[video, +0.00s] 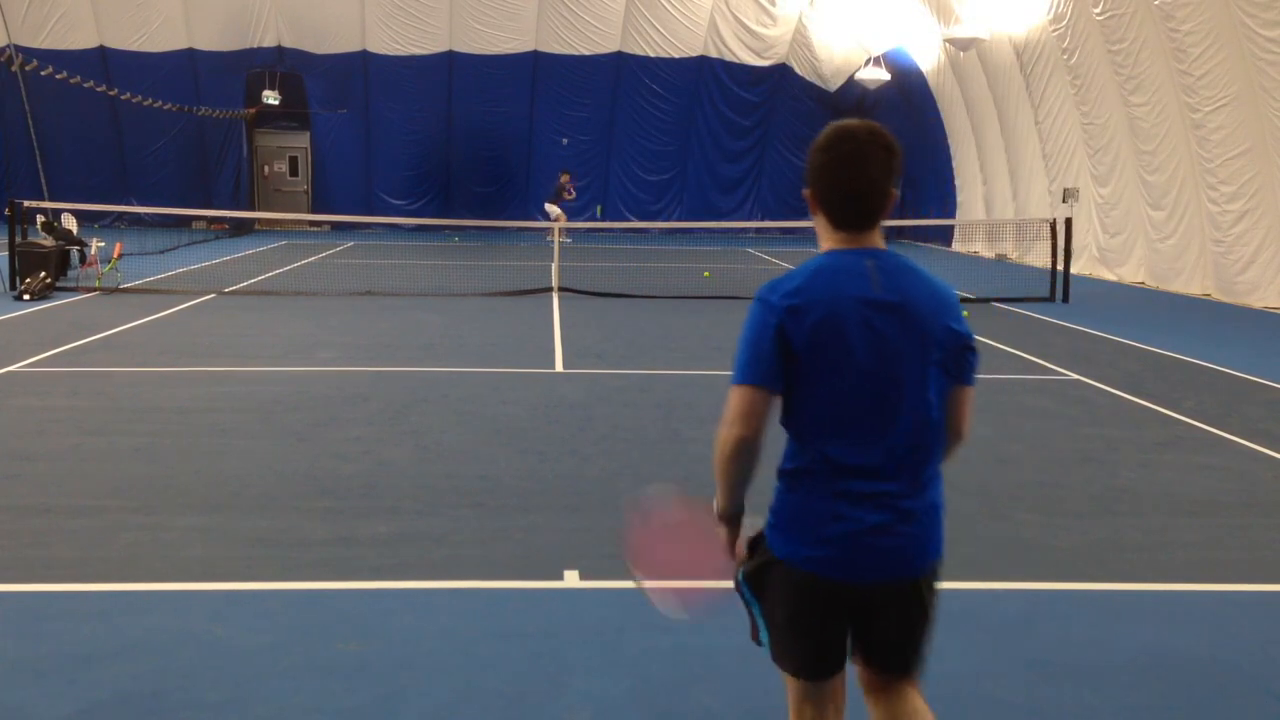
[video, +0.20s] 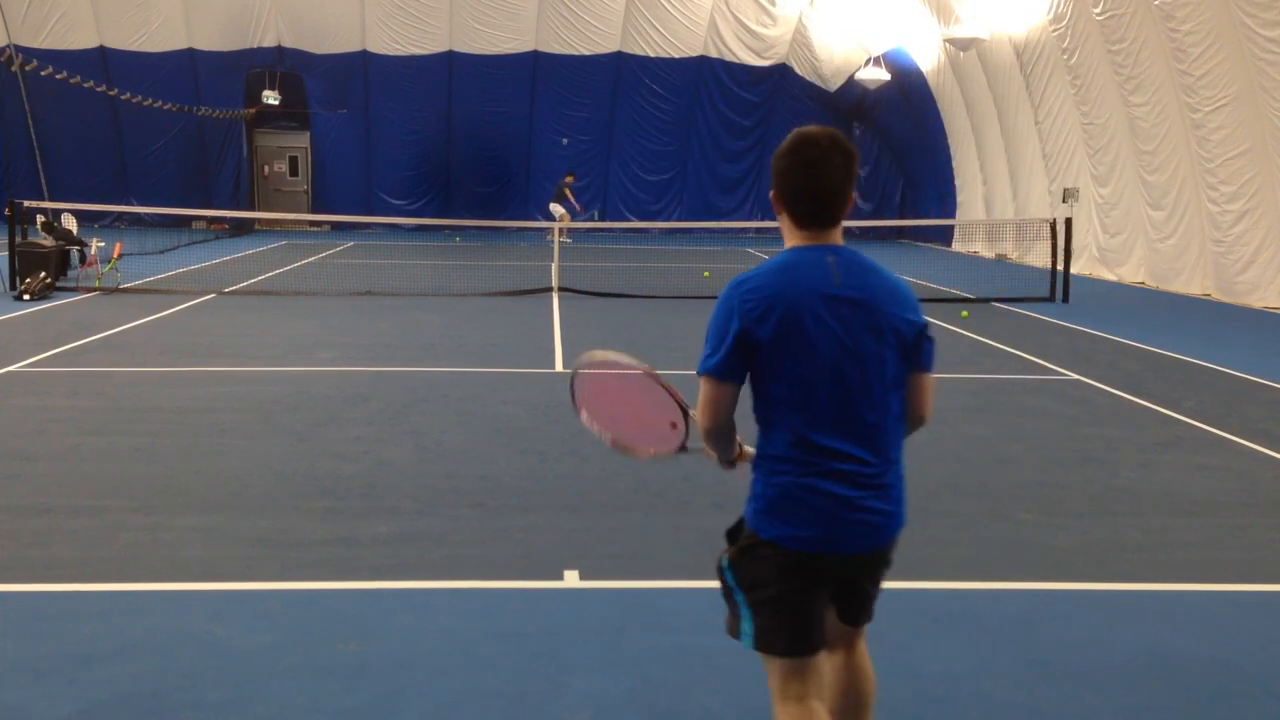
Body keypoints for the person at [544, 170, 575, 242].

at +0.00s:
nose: (568, 179)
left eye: (568, 177)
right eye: (567, 177)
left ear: (563, 177)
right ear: (562, 176)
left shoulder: (558, 184)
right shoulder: (561, 186)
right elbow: (566, 197)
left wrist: (567, 188)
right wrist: (573, 196)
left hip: (548, 203)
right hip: (551, 204)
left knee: (557, 219)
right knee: (563, 218)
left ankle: (551, 235)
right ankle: (561, 236)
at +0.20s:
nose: (572, 181)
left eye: (572, 179)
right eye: (571, 179)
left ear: (570, 179)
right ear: (567, 178)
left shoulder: (562, 184)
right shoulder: (564, 184)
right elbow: (569, 196)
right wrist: (576, 205)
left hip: (554, 204)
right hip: (555, 204)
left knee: (560, 220)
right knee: (566, 217)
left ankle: (551, 235)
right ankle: (563, 236)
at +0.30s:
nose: (572, 178)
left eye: (573, 177)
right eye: (572, 176)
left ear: (572, 177)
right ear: (568, 174)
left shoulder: (569, 183)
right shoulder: (561, 180)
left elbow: (579, 186)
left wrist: (587, 187)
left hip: (563, 203)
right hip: (556, 201)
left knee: (563, 219)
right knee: (565, 217)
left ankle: (553, 232)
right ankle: (563, 236)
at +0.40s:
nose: (572, 174)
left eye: (572, 173)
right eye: (571, 172)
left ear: (572, 173)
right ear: (568, 171)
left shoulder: (567, 180)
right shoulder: (561, 175)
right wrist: (549, 159)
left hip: (564, 200)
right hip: (558, 199)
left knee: (565, 218)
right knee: (564, 216)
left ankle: (554, 231)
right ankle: (562, 235)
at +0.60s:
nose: (567, 171)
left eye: (569, 170)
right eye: (566, 169)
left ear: (570, 171)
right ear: (563, 168)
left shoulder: (567, 181)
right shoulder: (557, 174)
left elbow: (570, 191)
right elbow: (546, 165)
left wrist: (572, 200)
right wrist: (538, 156)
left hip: (563, 199)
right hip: (556, 197)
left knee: (563, 216)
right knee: (562, 214)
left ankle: (557, 234)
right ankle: (562, 235)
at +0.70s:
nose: (565, 171)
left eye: (567, 170)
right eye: (564, 169)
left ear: (569, 171)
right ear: (561, 168)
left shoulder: (568, 181)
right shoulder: (555, 175)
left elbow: (571, 192)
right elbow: (543, 170)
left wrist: (574, 201)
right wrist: (534, 161)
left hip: (563, 200)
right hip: (555, 198)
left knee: (562, 218)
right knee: (558, 217)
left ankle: (562, 235)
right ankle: (557, 235)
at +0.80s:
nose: (563, 170)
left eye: (564, 168)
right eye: (562, 167)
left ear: (567, 170)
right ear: (559, 168)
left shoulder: (567, 180)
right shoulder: (553, 177)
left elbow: (571, 192)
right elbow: (541, 178)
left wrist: (573, 202)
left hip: (562, 200)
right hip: (553, 199)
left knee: (561, 218)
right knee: (556, 216)